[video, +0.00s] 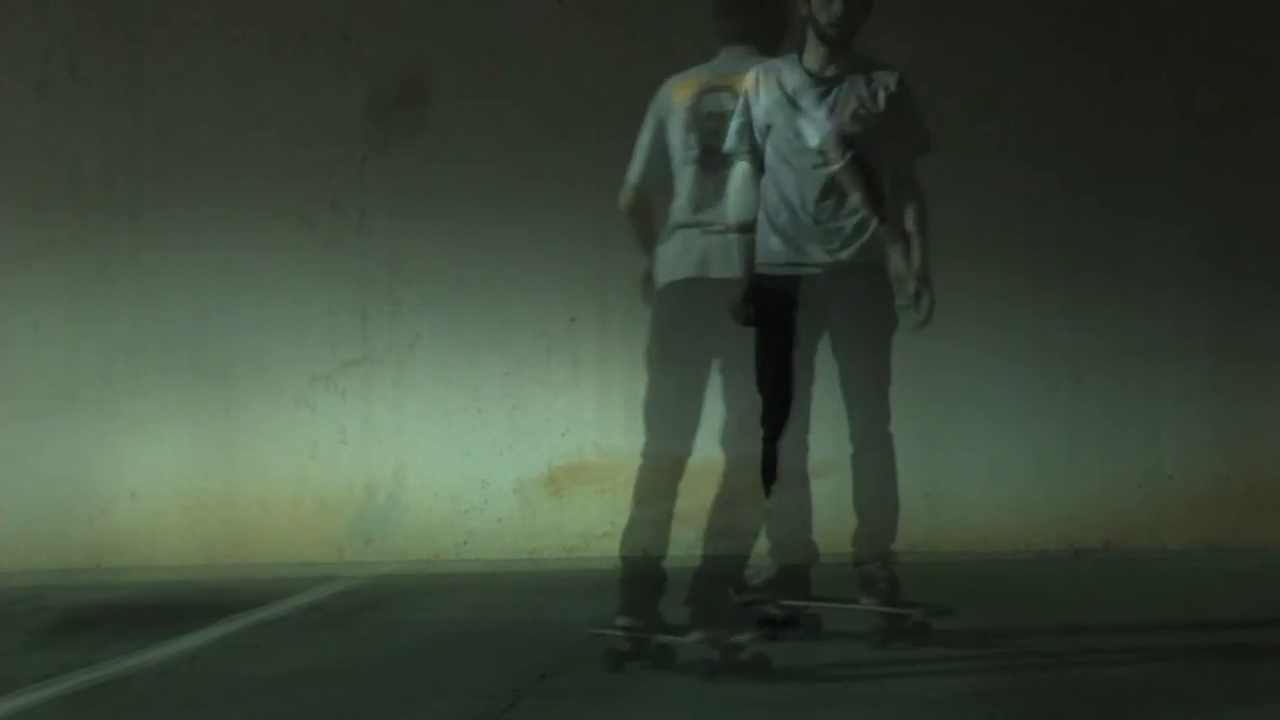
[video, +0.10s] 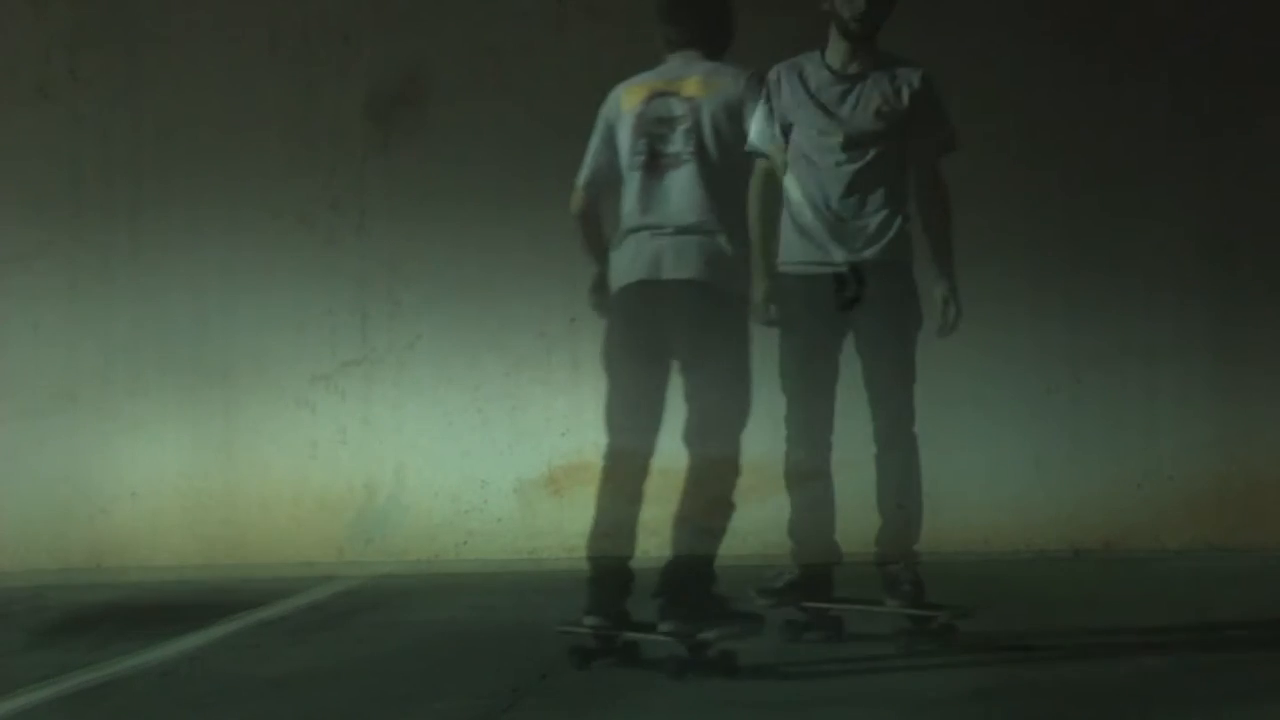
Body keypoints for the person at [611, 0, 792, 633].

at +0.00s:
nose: (784, 26)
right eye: (780, 18)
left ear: (717, 23)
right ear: (774, 22)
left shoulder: (675, 89)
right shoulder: (785, 82)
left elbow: (635, 195)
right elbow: (811, 180)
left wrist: (660, 256)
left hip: (684, 268)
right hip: (760, 268)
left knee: (667, 434)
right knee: (748, 439)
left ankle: (639, 587)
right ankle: (716, 591)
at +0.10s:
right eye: (724, 23)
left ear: (663, 32)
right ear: (723, 31)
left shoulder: (624, 95)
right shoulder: (740, 85)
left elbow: (584, 197)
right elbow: (765, 175)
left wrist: (603, 265)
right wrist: (765, 264)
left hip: (635, 274)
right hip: (712, 271)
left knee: (628, 439)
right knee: (715, 438)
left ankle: (605, 590)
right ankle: (688, 586)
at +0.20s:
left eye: (633, 27)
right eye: (677, 27)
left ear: (625, 36)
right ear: (682, 35)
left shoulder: (584, 99)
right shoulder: (696, 88)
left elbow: (545, 205)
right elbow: (738, 161)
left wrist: (565, 271)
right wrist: (784, 258)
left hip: (593, 285)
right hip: (668, 283)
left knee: (584, 441)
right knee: (675, 441)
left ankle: (560, 588)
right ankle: (646, 587)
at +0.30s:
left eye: (597, 39)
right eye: (651, 45)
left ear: (592, 48)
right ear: (649, 46)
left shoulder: (555, 105)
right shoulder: (663, 94)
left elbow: (511, 209)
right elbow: (708, 167)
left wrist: (529, 271)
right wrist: (756, 256)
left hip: (560, 293)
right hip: (632, 292)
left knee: (547, 436)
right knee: (630, 444)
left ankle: (511, 578)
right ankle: (589, 582)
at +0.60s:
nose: (581, 79)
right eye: (581, 69)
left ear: (522, 66)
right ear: (579, 68)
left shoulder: (480, 119)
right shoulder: (589, 117)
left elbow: (428, 205)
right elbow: (637, 197)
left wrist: (431, 272)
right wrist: (673, 275)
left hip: (477, 301)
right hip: (544, 302)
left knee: (480, 439)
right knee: (547, 443)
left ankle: (462, 573)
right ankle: (506, 571)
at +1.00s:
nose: (532, 119)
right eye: (534, 111)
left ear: (480, 96)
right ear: (530, 105)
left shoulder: (430, 137)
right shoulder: (523, 139)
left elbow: (375, 220)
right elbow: (554, 221)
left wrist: (372, 292)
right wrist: (579, 299)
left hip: (411, 302)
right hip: (472, 301)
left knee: (423, 436)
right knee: (487, 433)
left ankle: (417, 567)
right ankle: (449, 558)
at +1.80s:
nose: (514, 170)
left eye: (518, 161)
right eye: (516, 159)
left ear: (474, 142)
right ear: (498, 149)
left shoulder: (432, 172)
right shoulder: (464, 187)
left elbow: (402, 243)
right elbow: (496, 261)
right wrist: (568, 318)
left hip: (430, 332)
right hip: (408, 340)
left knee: (505, 395)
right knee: (430, 457)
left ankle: (493, 499)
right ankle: (424, 568)